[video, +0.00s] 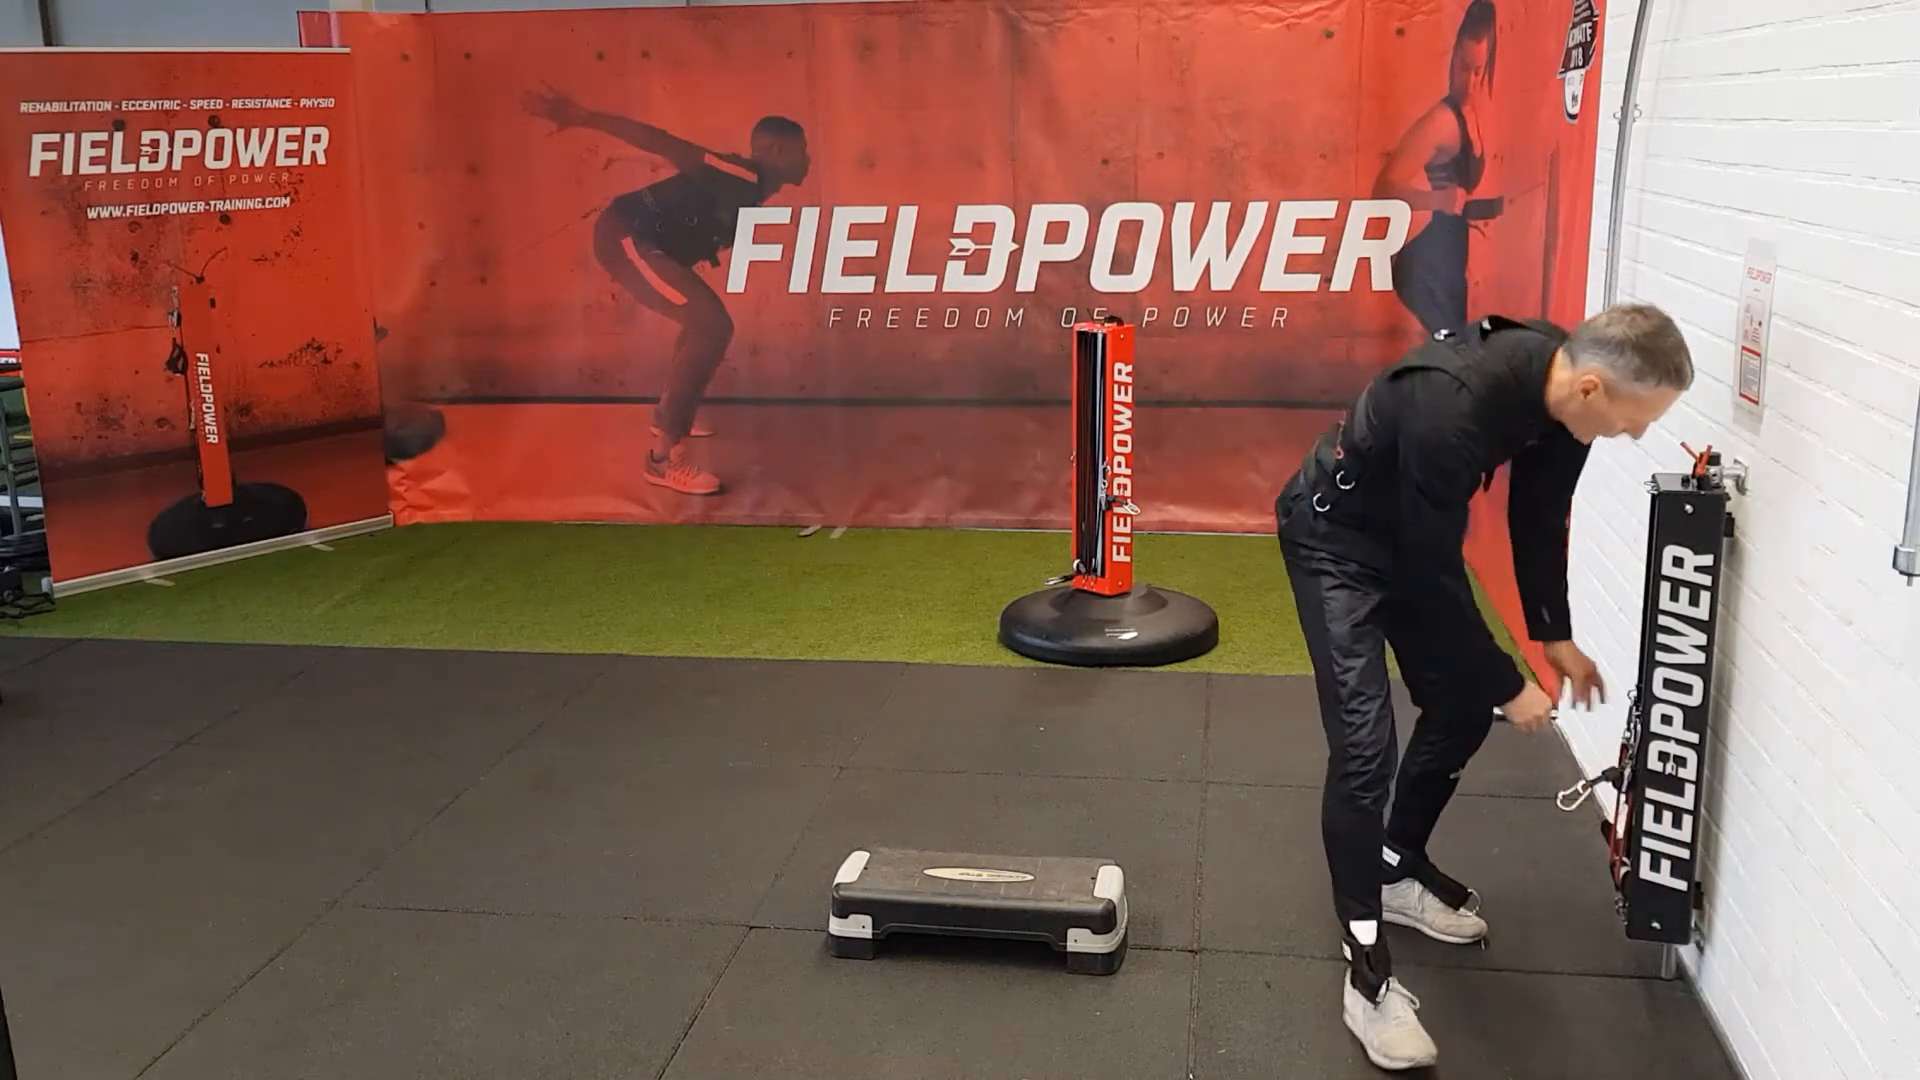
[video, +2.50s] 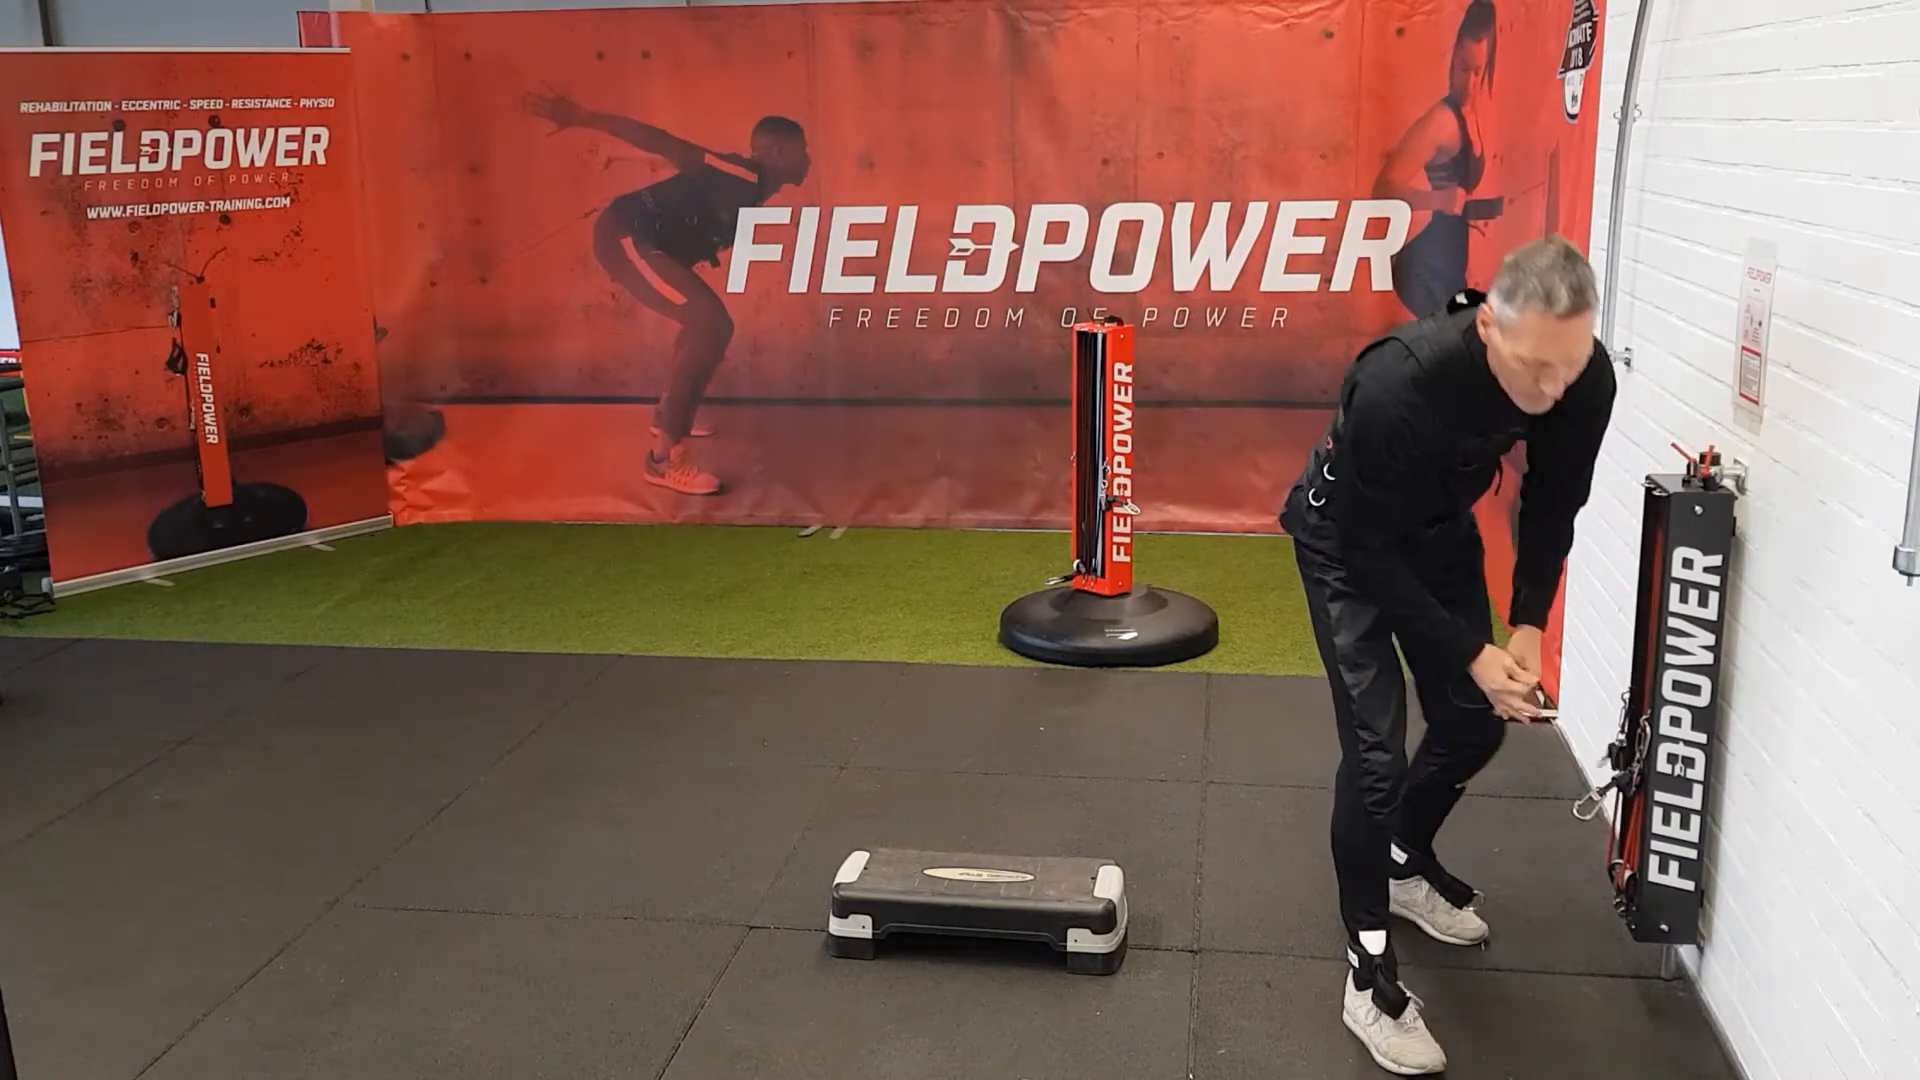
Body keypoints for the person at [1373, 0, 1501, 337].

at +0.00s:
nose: (1472, 80)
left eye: (1481, 71)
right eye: (1465, 68)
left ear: (1490, 71)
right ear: (1451, 65)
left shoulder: (1472, 118)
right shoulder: (1441, 121)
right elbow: (1387, 187)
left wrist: (1471, 210)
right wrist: (1437, 200)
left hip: (1447, 254)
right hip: (1425, 258)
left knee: (1456, 349)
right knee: (1452, 350)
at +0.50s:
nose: (1473, 82)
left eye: (1482, 71)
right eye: (1466, 70)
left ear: (1493, 69)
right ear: (1451, 65)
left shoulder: (1470, 120)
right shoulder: (1441, 120)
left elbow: (1435, 191)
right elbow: (1388, 186)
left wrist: (1475, 210)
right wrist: (1441, 200)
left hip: (1446, 254)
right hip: (1425, 256)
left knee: (1446, 368)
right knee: (1438, 370)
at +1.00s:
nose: (1472, 81)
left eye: (1482, 71)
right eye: (1465, 69)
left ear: (1491, 73)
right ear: (1450, 66)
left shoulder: (1465, 119)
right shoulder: (1442, 120)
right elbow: (1386, 188)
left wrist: (1467, 211)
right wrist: (1440, 199)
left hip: (1445, 257)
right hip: (1424, 261)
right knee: (1450, 358)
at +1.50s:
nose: (1472, 81)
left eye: (1481, 71)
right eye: (1465, 69)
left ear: (1491, 72)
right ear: (1451, 66)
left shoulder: (1468, 118)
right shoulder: (1442, 120)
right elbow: (1386, 188)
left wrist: (1467, 210)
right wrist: (1440, 199)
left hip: (1446, 256)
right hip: (1425, 259)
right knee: (1452, 355)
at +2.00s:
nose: (1471, 81)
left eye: (1481, 71)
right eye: (1464, 68)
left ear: (1492, 74)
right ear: (1450, 65)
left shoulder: (1468, 121)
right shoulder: (1440, 121)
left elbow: (1439, 194)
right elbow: (1387, 189)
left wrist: (1475, 210)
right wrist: (1438, 199)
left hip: (1447, 256)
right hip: (1424, 259)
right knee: (1451, 358)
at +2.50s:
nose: (1471, 82)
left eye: (1479, 72)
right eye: (1464, 69)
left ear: (1489, 71)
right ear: (1450, 66)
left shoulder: (1467, 119)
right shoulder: (1440, 120)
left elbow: (1438, 189)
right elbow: (1386, 188)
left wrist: (1471, 210)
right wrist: (1438, 200)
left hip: (1446, 257)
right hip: (1426, 261)